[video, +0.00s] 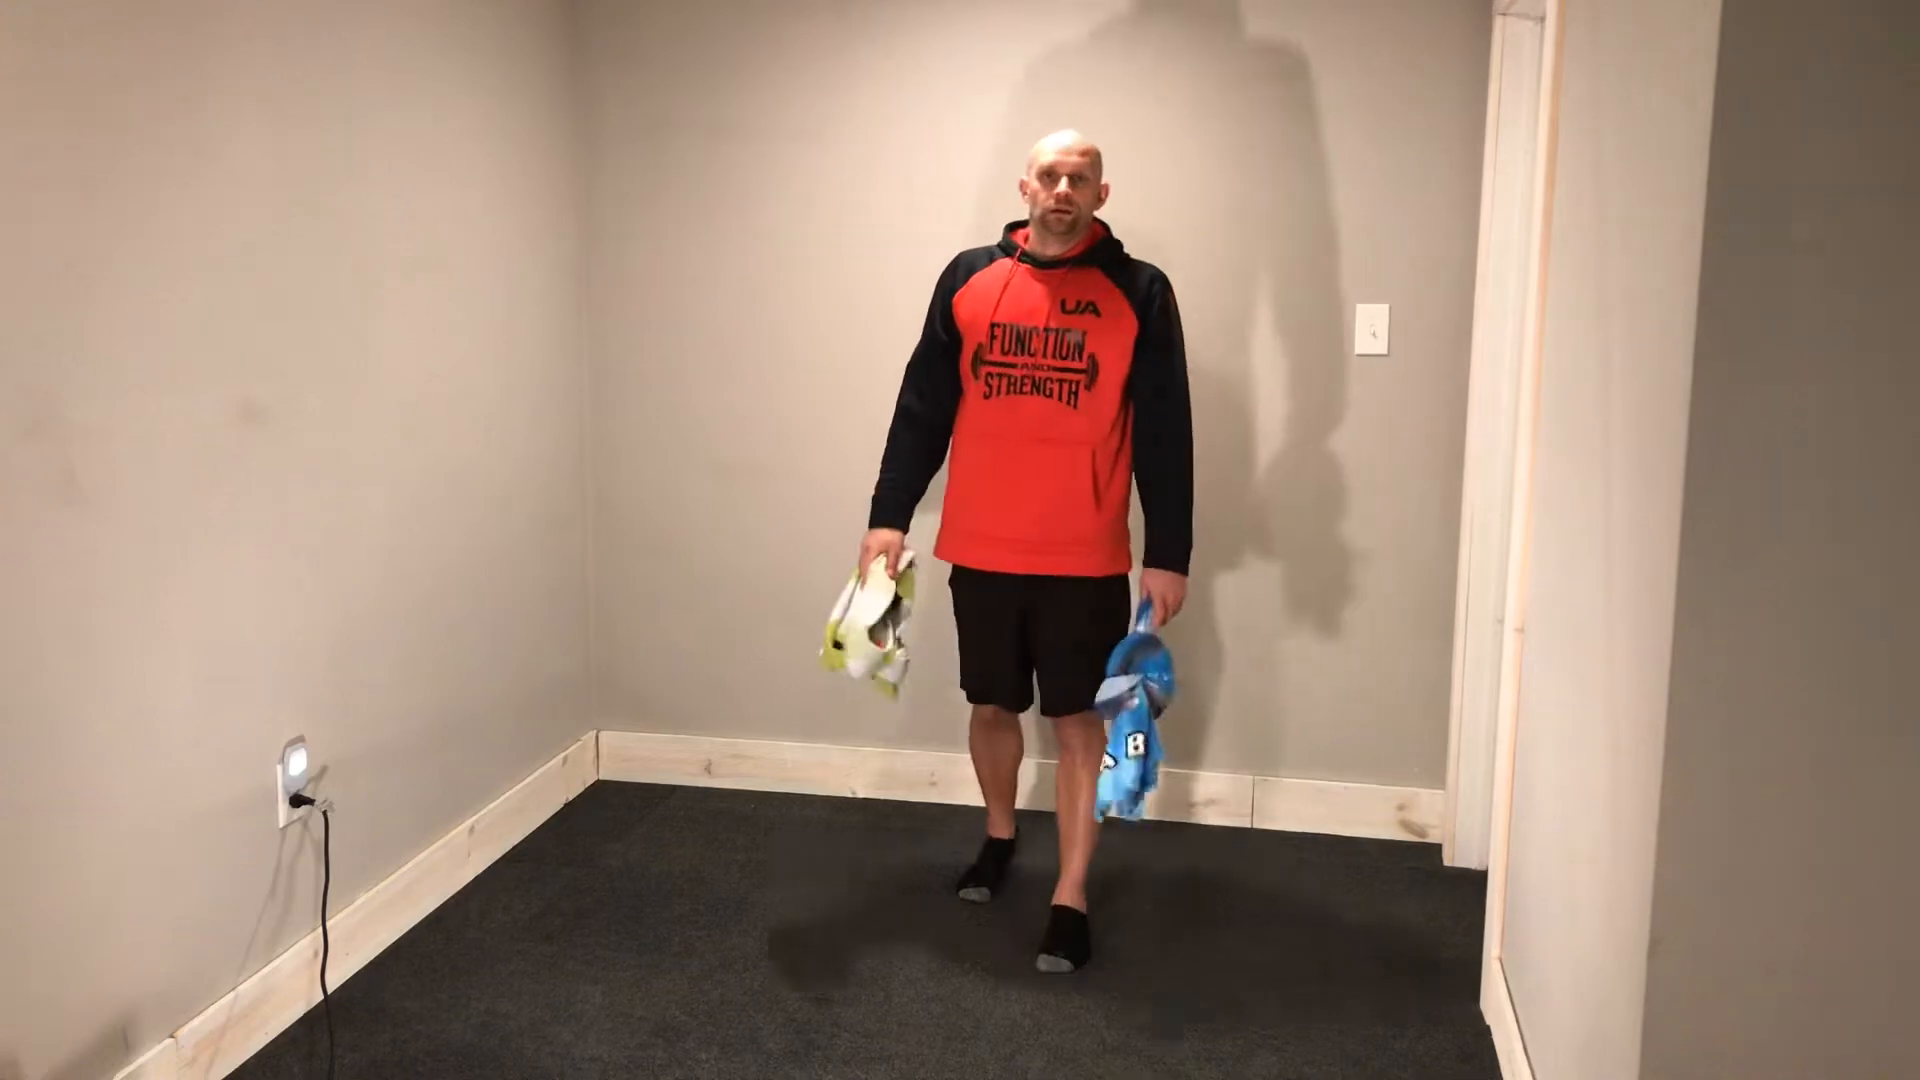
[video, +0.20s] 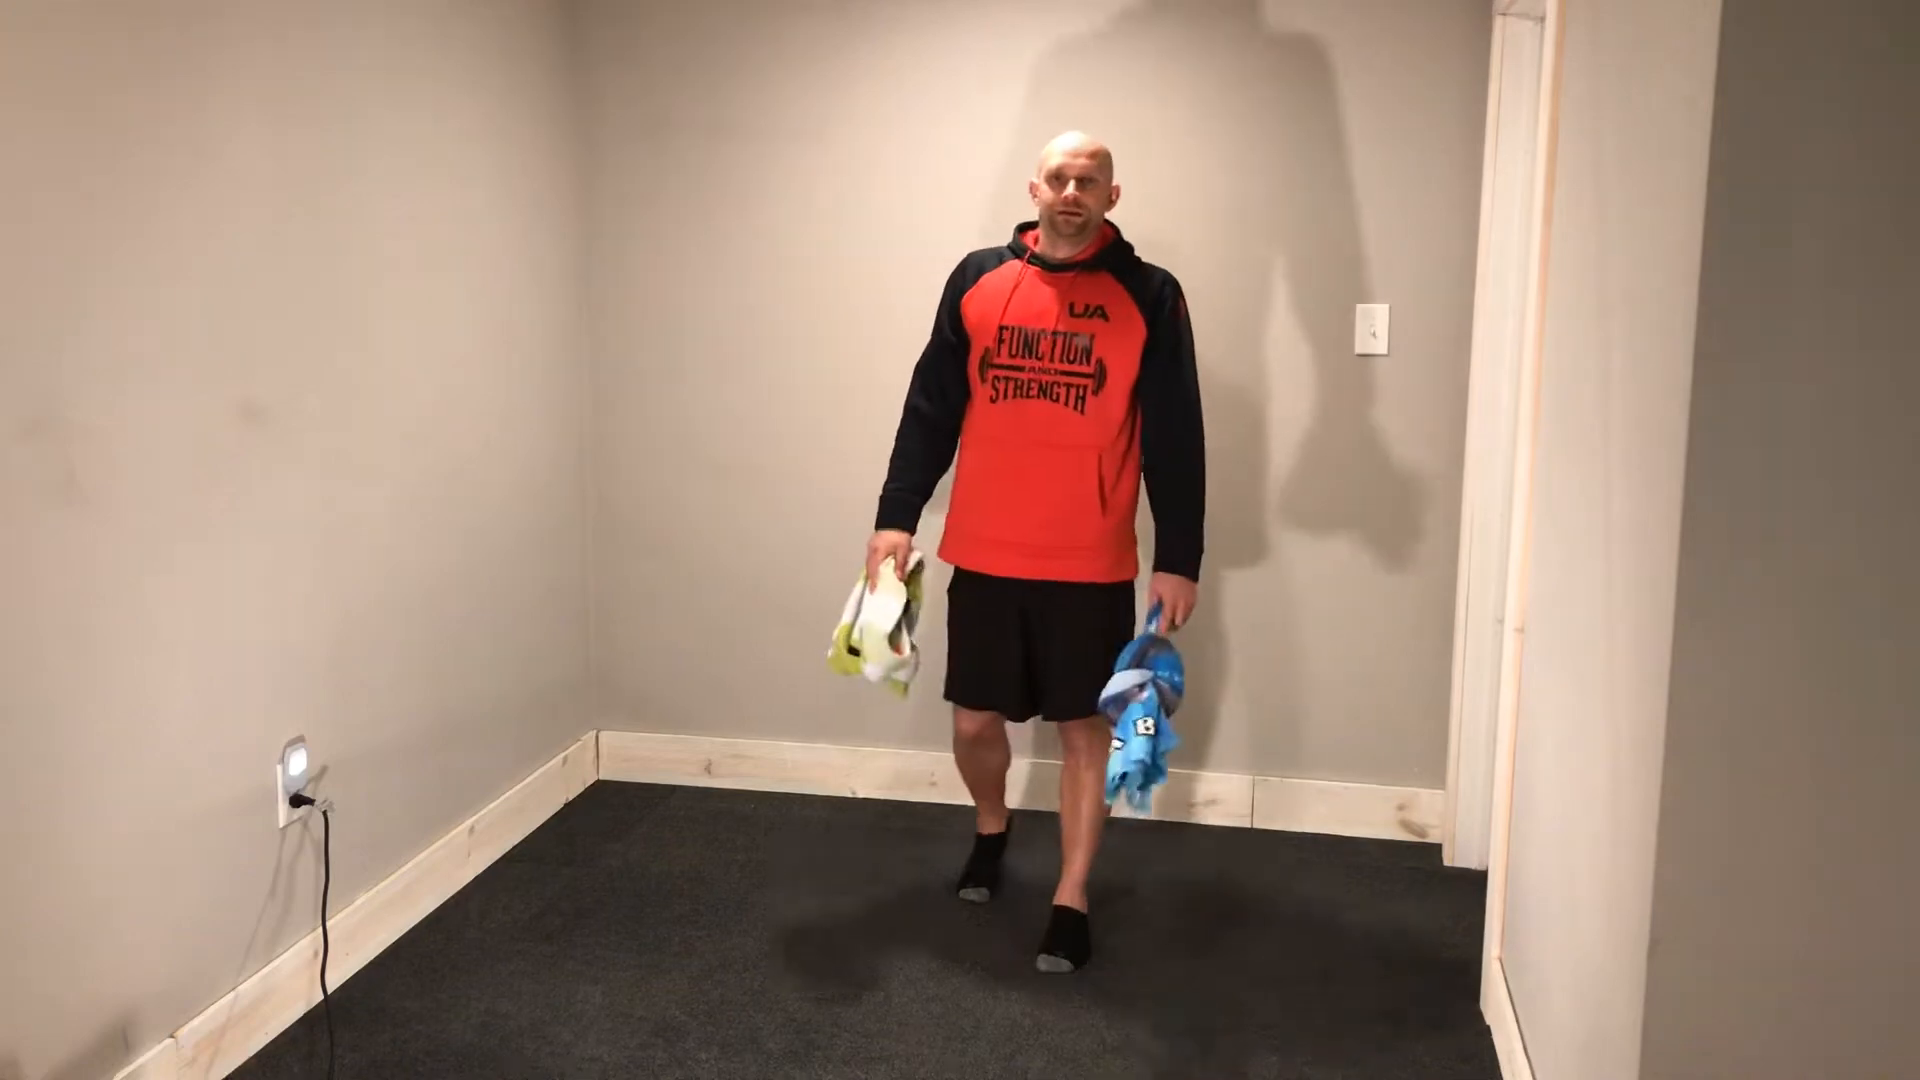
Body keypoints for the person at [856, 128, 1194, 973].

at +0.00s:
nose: (1062, 189)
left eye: (1078, 178)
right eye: (1049, 176)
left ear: (1102, 195)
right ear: (1025, 188)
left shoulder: (1140, 293)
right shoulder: (968, 280)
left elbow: (1165, 429)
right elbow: (922, 405)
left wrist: (1169, 555)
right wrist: (889, 516)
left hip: (1084, 553)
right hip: (982, 545)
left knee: (1076, 719)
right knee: (990, 708)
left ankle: (1070, 898)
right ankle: (999, 834)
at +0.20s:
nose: (1070, 191)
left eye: (1086, 180)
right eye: (1057, 178)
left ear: (1113, 197)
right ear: (1033, 190)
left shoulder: (1150, 298)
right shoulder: (977, 281)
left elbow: (1177, 435)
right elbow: (931, 405)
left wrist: (1179, 560)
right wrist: (897, 517)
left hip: (1089, 559)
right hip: (983, 550)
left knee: (1084, 725)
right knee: (974, 722)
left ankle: (1071, 897)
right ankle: (991, 826)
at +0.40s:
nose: (1068, 193)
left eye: (1085, 181)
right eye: (1054, 180)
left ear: (1112, 197)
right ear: (1033, 195)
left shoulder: (1152, 300)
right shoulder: (978, 280)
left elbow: (1183, 439)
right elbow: (934, 410)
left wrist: (1191, 565)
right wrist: (903, 528)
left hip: (1090, 564)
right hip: (983, 554)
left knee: (1083, 730)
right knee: (953, 728)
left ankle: (1071, 901)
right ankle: (969, 822)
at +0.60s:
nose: (1046, 190)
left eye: (1063, 179)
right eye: (1032, 178)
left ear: (1088, 196)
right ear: (1009, 193)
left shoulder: (1134, 304)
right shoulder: (959, 288)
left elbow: (1171, 444)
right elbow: (919, 421)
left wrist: (1188, 571)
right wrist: (891, 540)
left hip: (1078, 571)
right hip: (970, 562)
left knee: (1076, 731)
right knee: (947, 721)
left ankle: (1069, 905)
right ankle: (909, 884)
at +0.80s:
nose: (1018, 189)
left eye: (1034, 177)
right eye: (1003, 177)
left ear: (1057, 195)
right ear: (979, 193)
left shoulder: (1105, 301)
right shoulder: (929, 288)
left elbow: (1141, 438)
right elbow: (892, 423)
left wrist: (1163, 564)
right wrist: (866, 544)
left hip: (1056, 568)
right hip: (948, 563)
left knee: (1063, 730)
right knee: (933, 723)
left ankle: (1067, 906)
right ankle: (914, 890)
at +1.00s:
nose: (976, 189)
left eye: (991, 178)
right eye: (959, 177)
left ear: (1014, 197)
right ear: (934, 196)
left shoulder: (1064, 295)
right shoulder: (889, 294)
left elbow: (1099, 430)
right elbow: (855, 430)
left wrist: (1119, 553)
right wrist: (829, 551)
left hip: (1028, 564)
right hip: (919, 565)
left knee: (1042, 726)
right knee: (919, 721)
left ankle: (1065, 905)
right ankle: (912, 889)